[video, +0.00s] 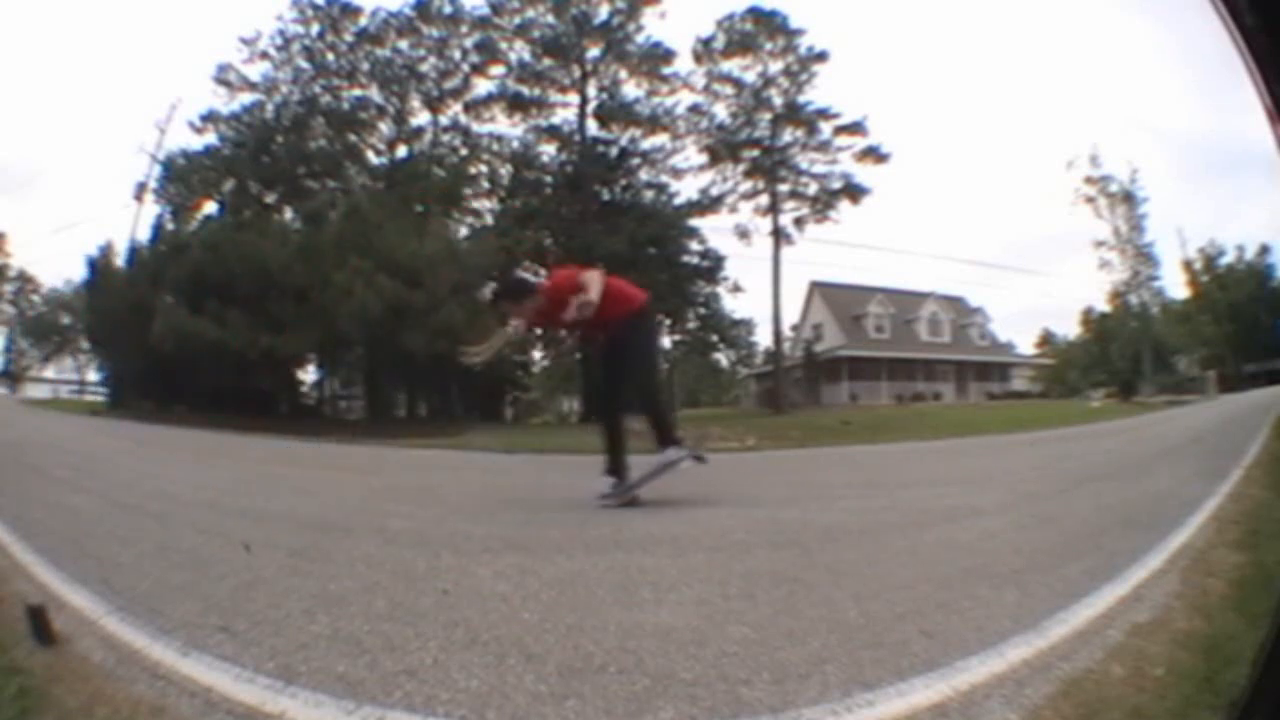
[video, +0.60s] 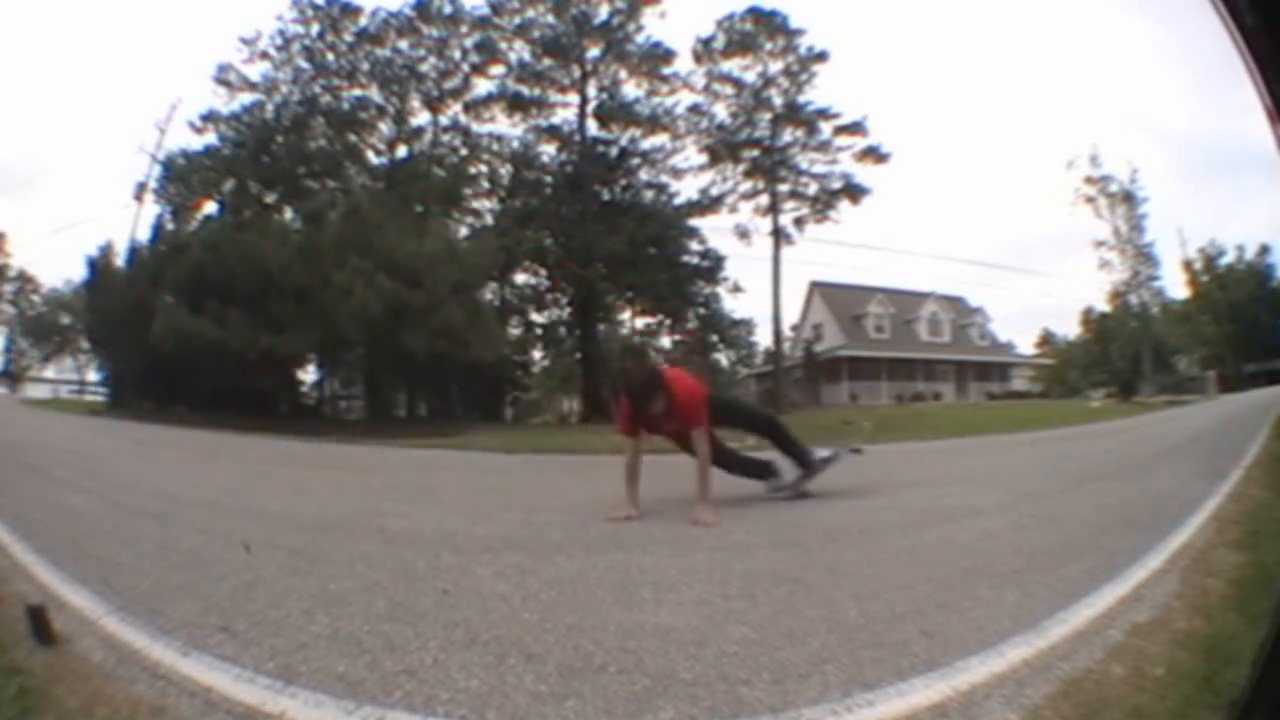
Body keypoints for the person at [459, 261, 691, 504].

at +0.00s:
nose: (515, 316)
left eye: (514, 310)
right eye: (511, 313)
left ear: (525, 299)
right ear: (518, 306)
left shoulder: (557, 284)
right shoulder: (534, 311)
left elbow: (594, 275)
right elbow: (511, 330)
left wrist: (591, 295)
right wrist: (485, 352)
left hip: (632, 316)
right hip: (602, 331)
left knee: (645, 384)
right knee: (606, 403)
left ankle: (670, 444)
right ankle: (618, 477)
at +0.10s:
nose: (538, 337)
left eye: (537, 329)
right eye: (534, 332)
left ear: (549, 315)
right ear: (542, 323)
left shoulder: (577, 298)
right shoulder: (561, 337)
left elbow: (609, 291)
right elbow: (546, 379)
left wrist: (583, 319)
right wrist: (525, 416)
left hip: (657, 317)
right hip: (631, 334)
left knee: (673, 382)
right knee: (630, 401)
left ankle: (697, 443)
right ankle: (641, 476)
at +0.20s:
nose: (565, 361)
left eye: (564, 353)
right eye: (561, 356)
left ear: (576, 341)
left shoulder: (610, 315)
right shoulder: (587, 355)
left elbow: (629, 346)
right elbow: (594, 391)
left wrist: (601, 392)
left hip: (671, 320)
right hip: (644, 337)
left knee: (691, 380)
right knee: (647, 407)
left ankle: (712, 443)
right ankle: (663, 475)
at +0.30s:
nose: (599, 375)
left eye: (600, 367)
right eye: (595, 370)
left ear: (612, 357)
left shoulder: (641, 345)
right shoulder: (602, 366)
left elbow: (655, 400)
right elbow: (610, 419)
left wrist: (651, 441)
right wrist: (612, 479)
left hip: (682, 330)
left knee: (712, 387)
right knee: (661, 416)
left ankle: (731, 447)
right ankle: (683, 474)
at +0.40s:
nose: (630, 401)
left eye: (631, 393)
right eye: (623, 396)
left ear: (639, 381)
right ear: (614, 393)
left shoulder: (663, 377)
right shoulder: (615, 392)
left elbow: (681, 435)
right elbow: (627, 446)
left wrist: (688, 494)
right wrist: (630, 503)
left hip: (690, 346)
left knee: (731, 397)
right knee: (673, 434)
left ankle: (755, 451)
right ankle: (715, 473)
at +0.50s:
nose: (646, 427)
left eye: (648, 420)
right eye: (641, 423)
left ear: (656, 408)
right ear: (629, 411)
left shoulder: (676, 397)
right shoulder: (629, 405)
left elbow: (697, 451)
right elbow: (631, 454)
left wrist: (702, 507)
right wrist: (633, 506)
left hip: (695, 368)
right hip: (664, 378)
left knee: (748, 405)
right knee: (697, 445)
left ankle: (782, 457)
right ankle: (745, 471)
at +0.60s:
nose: (656, 411)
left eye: (659, 404)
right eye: (650, 408)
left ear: (664, 392)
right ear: (637, 404)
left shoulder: (686, 390)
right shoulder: (630, 407)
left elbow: (703, 451)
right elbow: (633, 454)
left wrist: (704, 503)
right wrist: (633, 505)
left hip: (702, 406)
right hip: (679, 430)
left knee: (764, 422)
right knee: (725, 460)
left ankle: (806, 460)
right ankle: (770, 471)